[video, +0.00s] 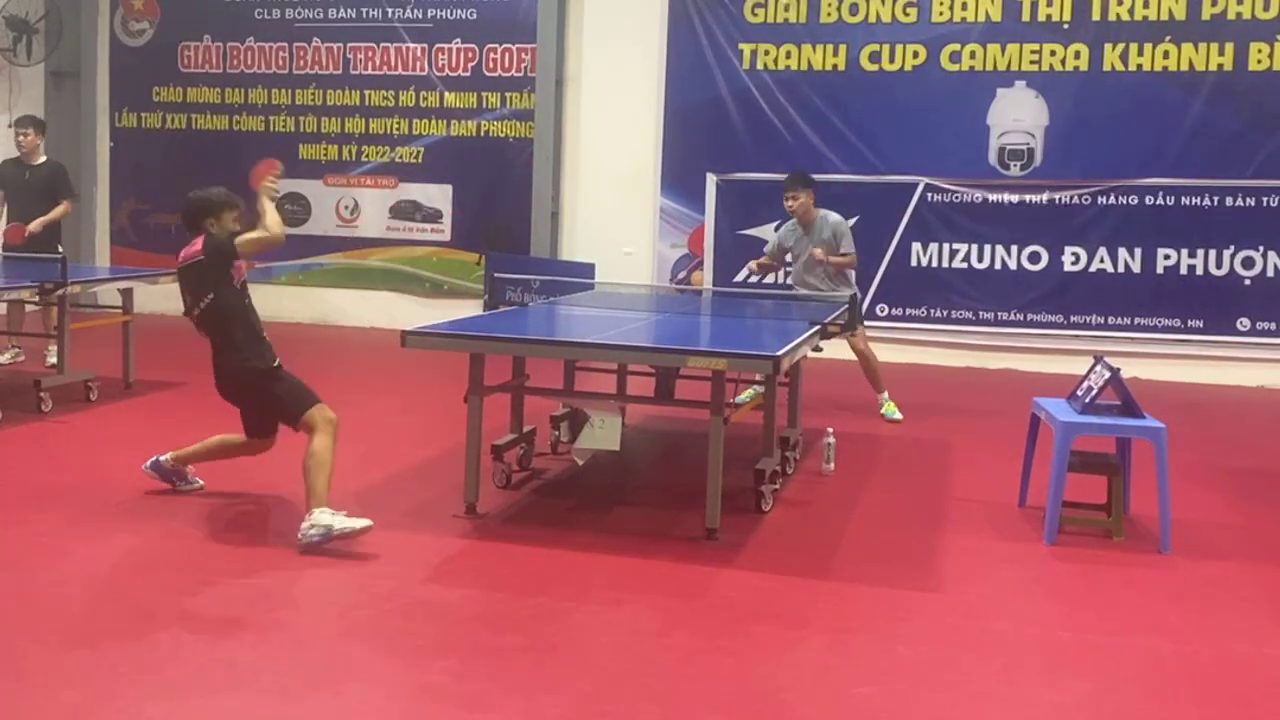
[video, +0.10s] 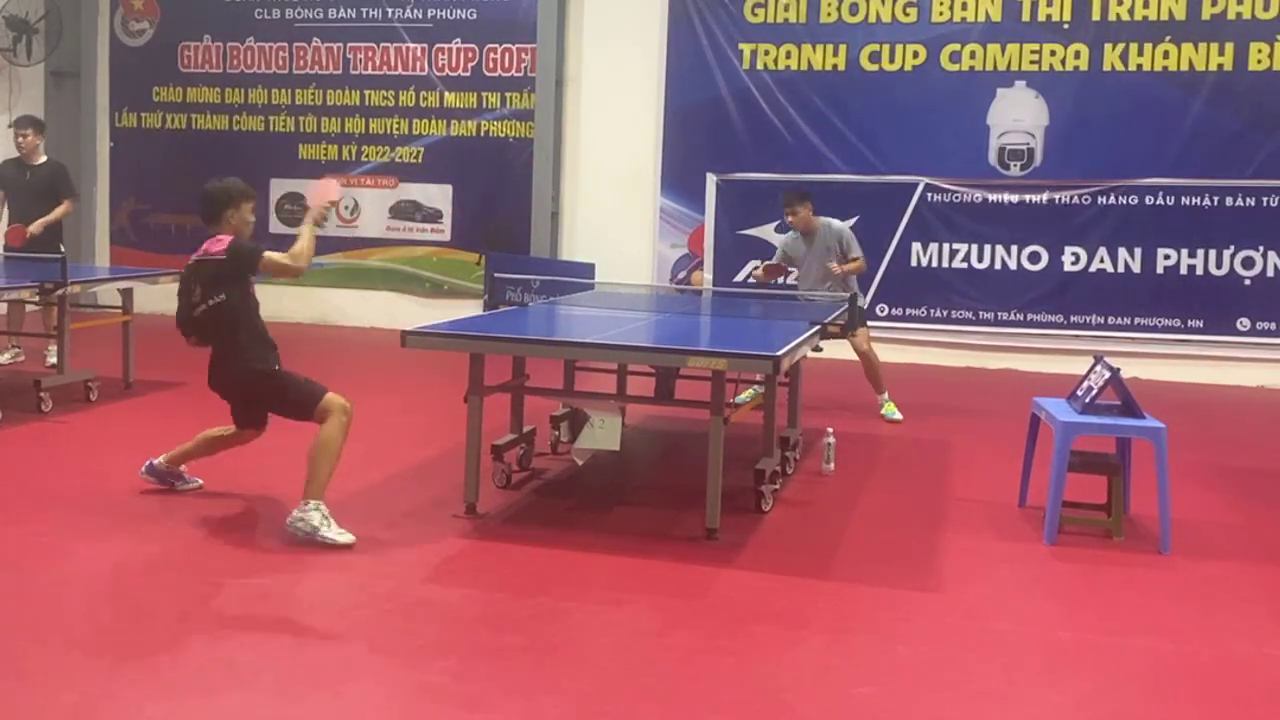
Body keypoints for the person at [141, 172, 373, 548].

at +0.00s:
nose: (238, 223)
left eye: (237, 217)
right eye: (232, 217)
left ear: (205, 224)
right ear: (211, 223)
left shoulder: (187, 262)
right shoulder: (212, 249)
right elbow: (274, 233)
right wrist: (266, 196)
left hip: (235, 370)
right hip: (255, 368)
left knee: (260, 441)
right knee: (323, 421)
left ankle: (171, 462)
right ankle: (317, 514)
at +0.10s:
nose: (253, 219)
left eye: (252, 212)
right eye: (249, 212)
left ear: (218, 218)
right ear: (229, 215)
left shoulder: (195, 263)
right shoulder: (232, 250)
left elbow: (192, 334)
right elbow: (297, 263)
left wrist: (228, 327)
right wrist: (310, 222)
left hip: (227, 373)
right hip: (253, 372)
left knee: (249, 429)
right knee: (337, 410)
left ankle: (164, 465)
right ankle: (311, 509)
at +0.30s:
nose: (323, 194)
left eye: (322, 186)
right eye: (320, 186)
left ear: (287, 192)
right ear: (303, 192)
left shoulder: (257, 233)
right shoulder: (289, 243)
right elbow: (315, 305)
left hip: (234, 359)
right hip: (263, 368)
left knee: (243, 414)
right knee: (351, 419)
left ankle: (183, 471)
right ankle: (309, 516)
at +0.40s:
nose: (362, 207)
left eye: (362, 198)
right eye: (359, 197)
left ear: (325, 200)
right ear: (339, 202)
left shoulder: (298, 241)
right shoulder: (308, 257)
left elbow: (306, 305)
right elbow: (279, 329)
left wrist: (354, 303)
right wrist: (328, 369)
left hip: (245, 355)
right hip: (262, 360)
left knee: (285, 420)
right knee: (363, 411)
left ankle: (194, 476)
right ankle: (325, 514)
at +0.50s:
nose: (397, 240)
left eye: (396, 231)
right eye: (392, 231)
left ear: (365, 236)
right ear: (367, 236)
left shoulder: (365, 281)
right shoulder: (306, 288)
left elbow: (388, 342)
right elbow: (254, 340)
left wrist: (416, 321)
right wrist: (254, 406)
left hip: (296, 382)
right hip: (281, 386)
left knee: (282, 453)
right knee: (370, 447)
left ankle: (184, 502)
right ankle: (388, 557)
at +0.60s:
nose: (420, 265)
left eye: (420, 257)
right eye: (416, 256)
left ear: (390, 259)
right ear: (392, 258)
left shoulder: (397, 302)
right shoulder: (315, 297)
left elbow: (433, 352)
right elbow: (255, 337)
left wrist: (462, 345)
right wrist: (232, 392)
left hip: (327, 394)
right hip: (302, 398)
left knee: (300, 475)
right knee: (407, 444)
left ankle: (198, 503)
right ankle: (400, 561)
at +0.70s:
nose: (430, 240)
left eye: (430, 230)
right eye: (425, 229)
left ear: (396, 235)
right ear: (397, 234)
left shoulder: (395, 284)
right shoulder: (347, 287)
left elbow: (376, 345)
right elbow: (321, 352)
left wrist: (410, 363)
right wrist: (289, 369)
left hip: (323, 395)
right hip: (330, 402)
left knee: (305, 458)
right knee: (439, 457)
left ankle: (233, 519)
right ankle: (402, 563)